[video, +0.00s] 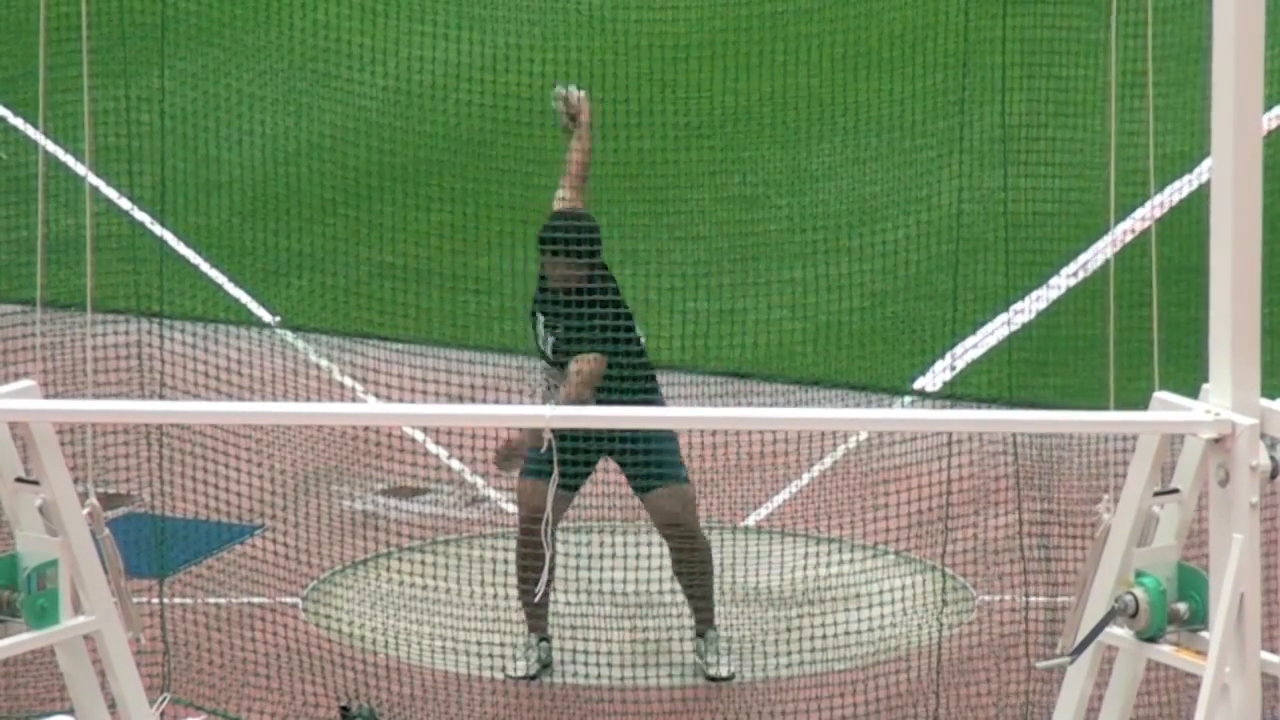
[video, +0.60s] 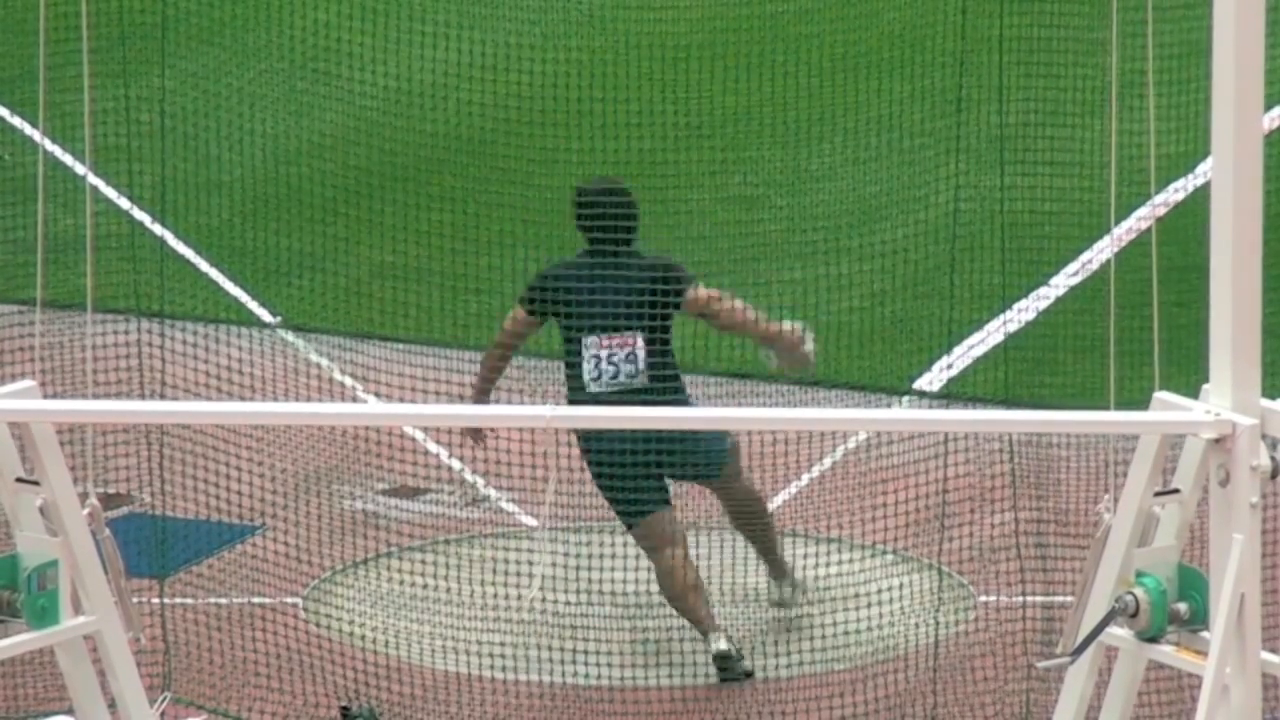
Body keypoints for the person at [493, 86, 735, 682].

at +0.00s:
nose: (561, 270)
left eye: (572, 262)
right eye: (555, 260)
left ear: (589, 263)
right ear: (542, 257)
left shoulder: (600, 308)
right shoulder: (556, 260)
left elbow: (581, 386)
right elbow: (570, 186)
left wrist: (533, 437)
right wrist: (580, 127)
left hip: (633, 417)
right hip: (570, 416)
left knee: (679, 522)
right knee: (532, 517)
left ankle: (707, 633)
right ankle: (537, 640)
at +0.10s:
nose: (602, 272)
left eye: (611, 264)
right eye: (598, 262)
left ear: (626, 266)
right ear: (583, 259)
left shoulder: (639, 311)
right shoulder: (566, 261)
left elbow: (654, 385)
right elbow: (548, 210)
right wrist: (536, 172)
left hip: (632, 419)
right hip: (568, 416)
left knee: (696, 510)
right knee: (532, 515)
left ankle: (698, 640)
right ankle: (537, 641)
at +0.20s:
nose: (677, 259)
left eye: (677, 249)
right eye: (668, 251)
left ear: (665, 255)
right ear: (641, 255)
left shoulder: (682, 301)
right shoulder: (593, 278)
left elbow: (739, 343)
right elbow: (530, 268)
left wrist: (794, 383)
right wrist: (484, 263)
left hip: (641, 433)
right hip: (575, 429)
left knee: (711, 513)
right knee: (535, 532)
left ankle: (694, 647)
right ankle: (538, 643)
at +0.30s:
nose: (709, 260)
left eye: (706, 252)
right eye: (700, 253)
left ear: (684, 258)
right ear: (673, 260)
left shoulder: (712, 295)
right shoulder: (619, 302)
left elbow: (781, 299)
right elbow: (548, 339)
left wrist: (855, 304)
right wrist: (494, 360)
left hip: (643, 450)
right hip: (592, 442)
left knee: (720, 534)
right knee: (575, 537)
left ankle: (715, 658)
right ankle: (517, 622)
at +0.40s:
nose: (714, 269)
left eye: (712, 263)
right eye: (709, 263)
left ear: (672, 265)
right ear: (688, 269)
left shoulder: (685, 299)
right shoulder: (647, 318)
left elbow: (697, 281)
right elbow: (595, 391)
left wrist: (724, 276)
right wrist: (560, 444)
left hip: (654, 450)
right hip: (624, 449)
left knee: (723, 536)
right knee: (690, 528)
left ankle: (714, 655)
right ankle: (578, 567)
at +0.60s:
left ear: (582, 225)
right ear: (631, 222)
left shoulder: (558, 279)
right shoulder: (658, 274)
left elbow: (508, 338)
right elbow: (717, 309)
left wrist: (477, 402)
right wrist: (777, 335)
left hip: (605, 442)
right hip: (672, 426)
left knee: (663, 547)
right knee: (734, 484)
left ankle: (716, 639)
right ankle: (782, 575)